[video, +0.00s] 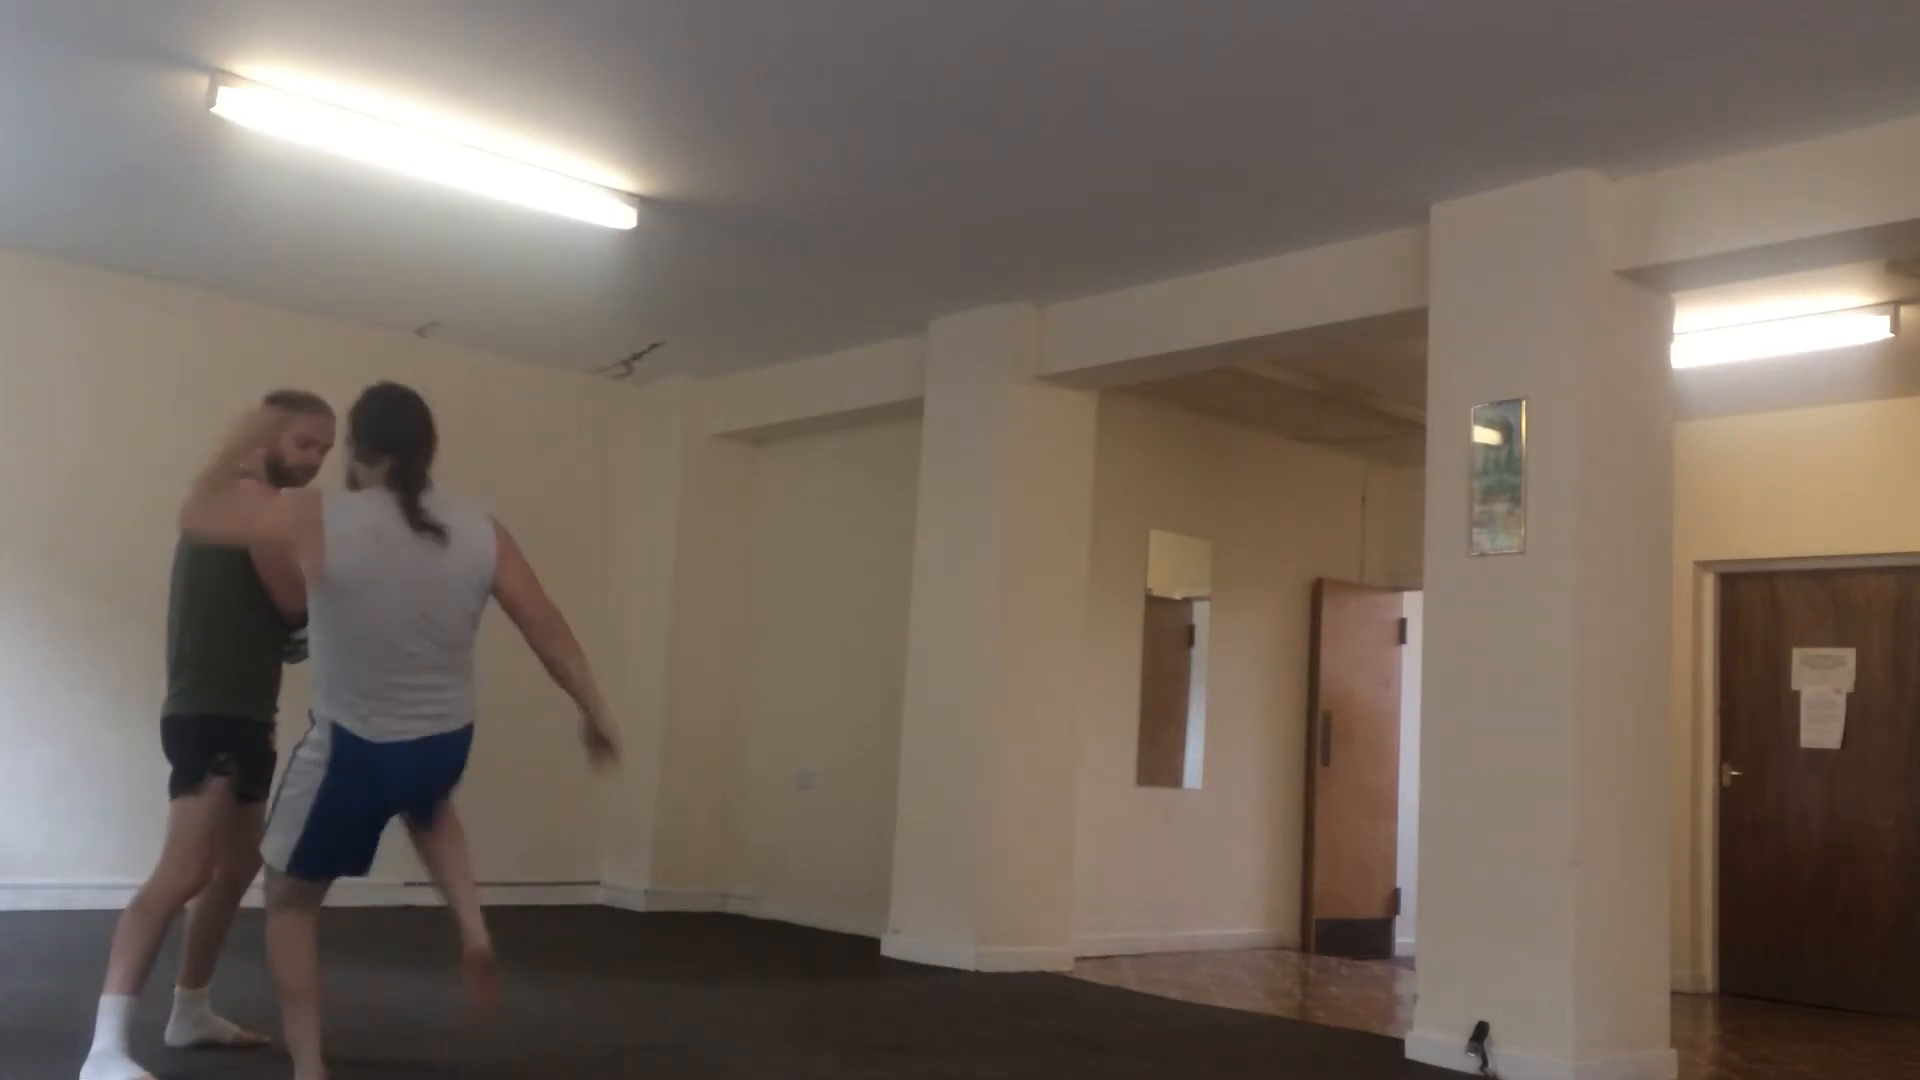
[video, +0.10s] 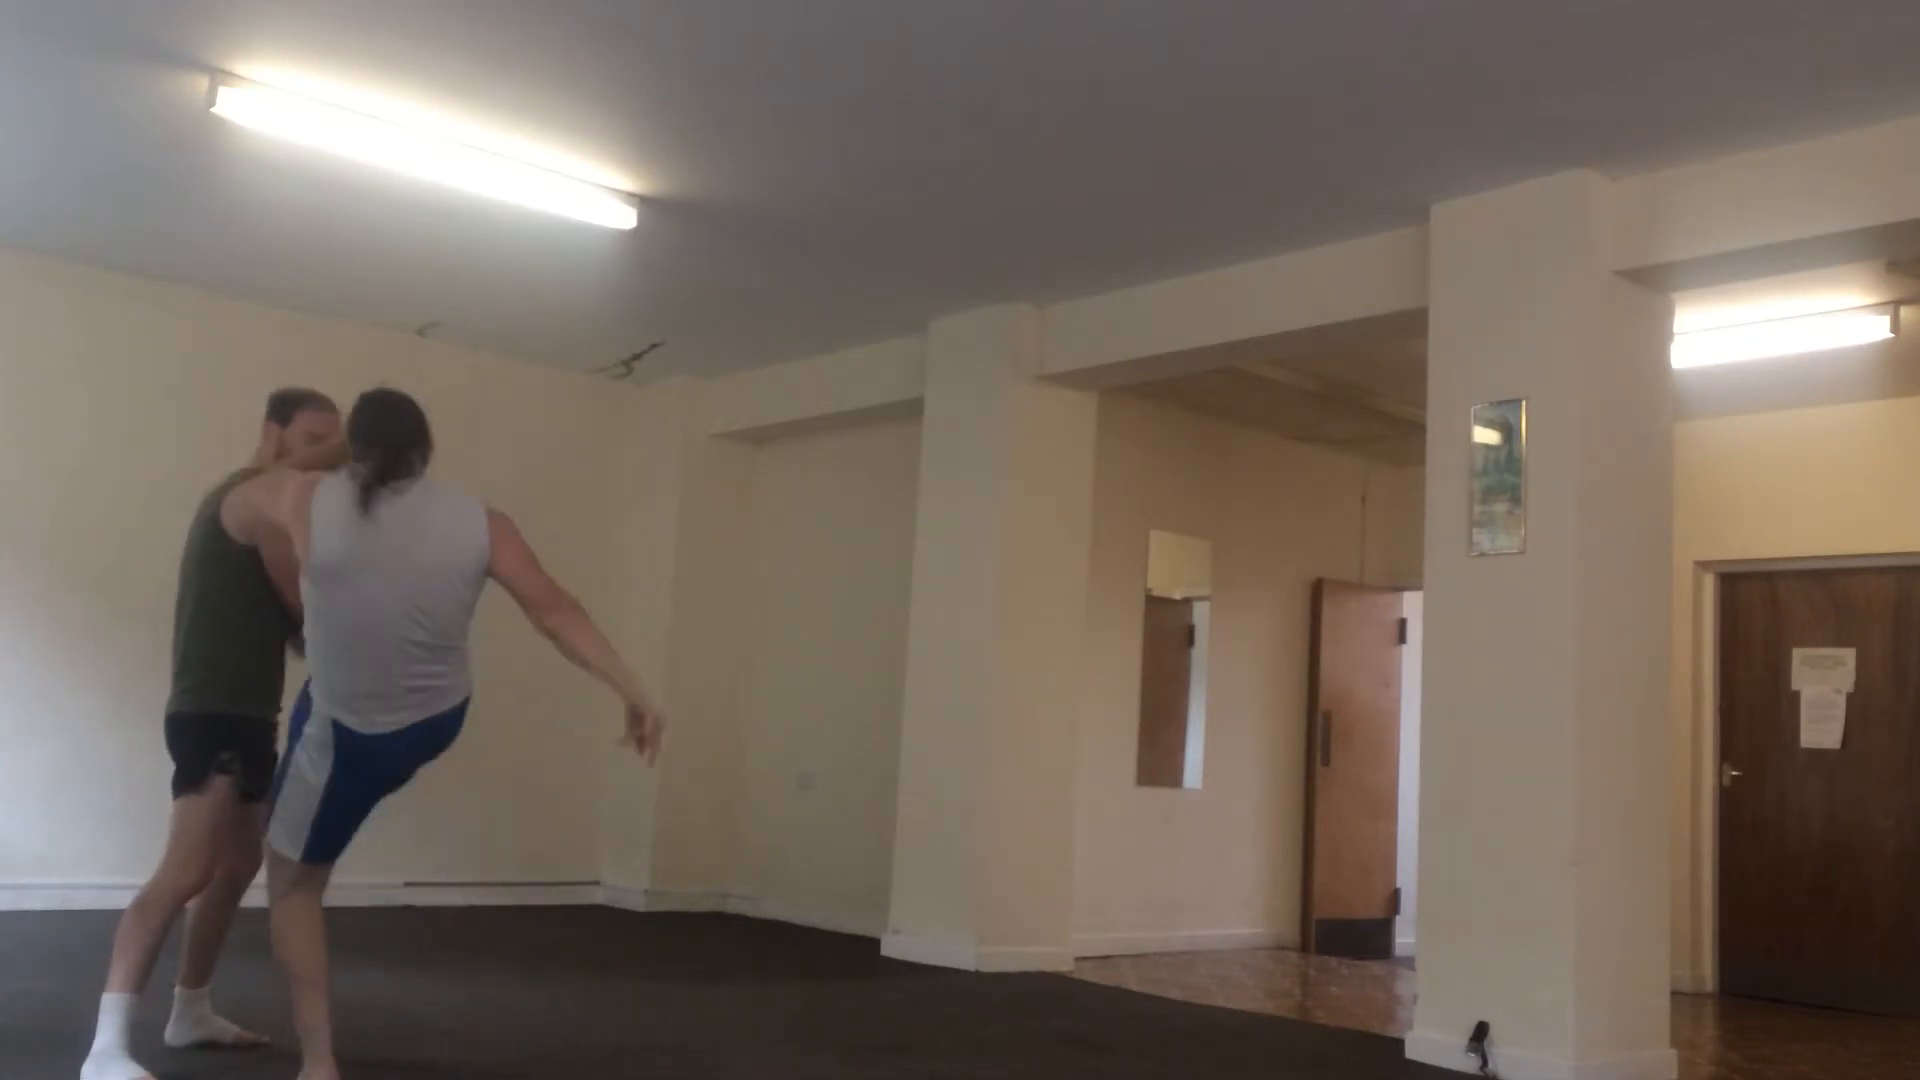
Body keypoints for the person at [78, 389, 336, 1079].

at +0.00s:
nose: (316, 460)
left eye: (323, 450)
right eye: (307, 445)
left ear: (306, 444)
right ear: (267, 432)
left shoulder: (237, 494)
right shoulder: (250, 495)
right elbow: (294, 601)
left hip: (243, 714)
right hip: (214, 714)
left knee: (236, 867)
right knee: (182, 871)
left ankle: (191, 1012)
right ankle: (105, 1048)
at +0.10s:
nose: (326, 463)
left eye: (333, 451)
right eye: (315, 444)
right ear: (271, 434)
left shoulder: (247, 494)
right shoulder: (260, 496)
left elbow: (278, 615)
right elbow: (308, 608)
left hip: (244, 713)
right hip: (216, 713)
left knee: (237, 865)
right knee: (185, 871)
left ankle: (191, 1013)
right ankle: (107, 1047)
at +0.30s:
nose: (295, 440)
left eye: (301, 428)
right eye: (283, 426)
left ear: (294, 429)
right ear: (242, 426)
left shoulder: (236, 491)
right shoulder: (238, 493)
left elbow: (296, 584)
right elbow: (309, 582)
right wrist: (300, 491)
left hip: (248, 710)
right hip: (224, 712)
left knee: (239, 864)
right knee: (191, 869)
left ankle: (192, 1013)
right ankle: (109, 1045)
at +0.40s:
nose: (303, 445)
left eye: (309, 433)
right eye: (290, 431)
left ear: (303, 433)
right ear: (249, 428)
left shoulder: (252, 498)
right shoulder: (229, 496)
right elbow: (294, 588)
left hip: (257, 715)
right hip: (219, 715)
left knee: (246, 865)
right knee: (196, 865)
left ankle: (192, 1012)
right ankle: (112, 1041)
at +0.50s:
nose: (314, 449)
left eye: (321, 437)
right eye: (300, 435)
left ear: (325, 444)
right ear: (262, 435)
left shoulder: (277, 508)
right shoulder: (229, 499)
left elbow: (277, 611)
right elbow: (270, 600)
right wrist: (336, 593)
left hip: (262, 711)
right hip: (216, 711)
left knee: (246, 865)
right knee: (197, 863)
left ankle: (192, 1012)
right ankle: (116, 1037)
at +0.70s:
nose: (327, 464)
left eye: (338, 454)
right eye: (317, 449)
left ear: (344, 456)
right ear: (283, 438)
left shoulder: (316, 520)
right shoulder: (234, 495)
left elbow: (306, 616)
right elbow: (216, 596)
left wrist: (338, 630)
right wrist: (305, 614)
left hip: (267, 708)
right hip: (206, 703)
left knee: (238, 867)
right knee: (194, 857)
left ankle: (191, 1013)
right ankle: (145, 1036)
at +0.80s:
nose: (324, 460)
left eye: (335, 451)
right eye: (314, 445)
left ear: (341, 453)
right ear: (280, 436)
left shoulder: (324, 520)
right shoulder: (233, 498)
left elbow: (325, 612)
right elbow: (211, 595)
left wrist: (366, 629)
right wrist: (299, 607)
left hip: (273, 708)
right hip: (206, 703)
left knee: (232, 867)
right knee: (190, 863)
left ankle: (193, 1008)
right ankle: (162, 1030)